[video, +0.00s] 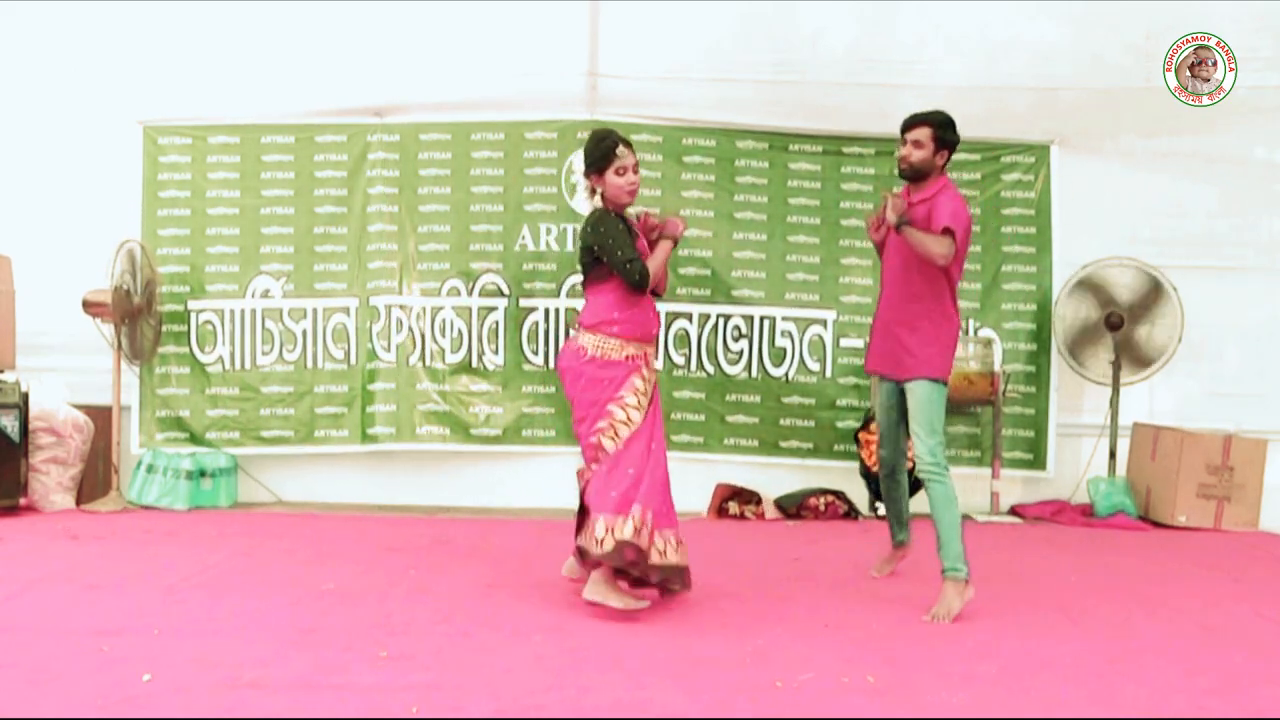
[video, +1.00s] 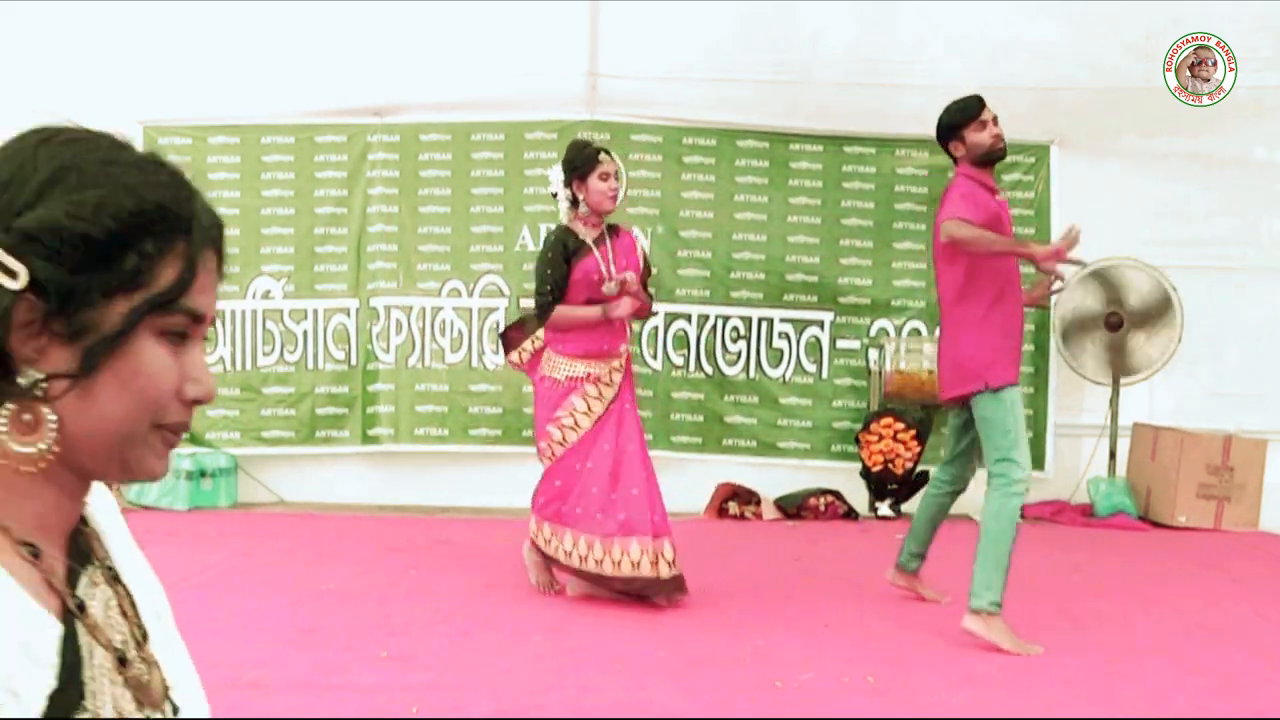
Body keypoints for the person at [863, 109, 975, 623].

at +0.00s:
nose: (906, 151)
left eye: (917, 145)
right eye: (904, 143)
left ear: (942, 154)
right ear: (902, 149)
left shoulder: (950, 201)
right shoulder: (900, 201)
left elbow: (944, 254)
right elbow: (895, 269)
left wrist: (901, 223)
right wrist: (882, 232)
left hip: (926, 347)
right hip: (886, 343)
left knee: (928, 459)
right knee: (888, 454)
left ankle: (955, 575)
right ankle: (899, 539)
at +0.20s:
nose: (907, 177)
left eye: (918, 172)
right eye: (904, 168)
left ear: (937, 181)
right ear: (897, 171)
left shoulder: (939, 226)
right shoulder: (896, 221)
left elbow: (961, 261)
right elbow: (895, 268)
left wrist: (918, 234)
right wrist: (858, 278)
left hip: (928, 357)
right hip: (895, 357)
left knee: (937, 460)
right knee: (886, 467)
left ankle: (953, 571)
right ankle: (906, 557)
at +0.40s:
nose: (917, 166)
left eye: (929, 161)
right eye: (914, 157)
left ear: (947, 172)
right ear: (906, 160)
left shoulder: (954, 215)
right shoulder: (901, 206)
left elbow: (993, 266)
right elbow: (894, 255)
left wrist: (971, 231)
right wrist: (852, 250)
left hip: (944, 351)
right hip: (903, 351)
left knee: (935, 453)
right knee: (911, 463)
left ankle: (976, 564)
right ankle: (912, 556)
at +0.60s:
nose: (946, 170)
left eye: (956, 163)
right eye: (937, 162)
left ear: (968, 175)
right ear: (923, 173)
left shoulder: (987, 237)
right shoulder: (898, 235)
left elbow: (1004, 311)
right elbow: (880, 311)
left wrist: (968, 326)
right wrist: (923, 319)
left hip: (969, 377)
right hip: (914, 376)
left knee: (969, 487)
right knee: (896, 483)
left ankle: (952, 579)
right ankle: (904, 542)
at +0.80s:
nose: (973, 129)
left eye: (977, 121)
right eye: (961, 123)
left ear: (985, 129)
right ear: (939, 135)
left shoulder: (991, 191)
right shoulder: (929, 182)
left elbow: (1022, 257)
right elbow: (919, 240)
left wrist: (1014, 222)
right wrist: (973, 207)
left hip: (981, 338)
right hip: (938, 332)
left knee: (974, 458)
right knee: (955, 445)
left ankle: (928, 562)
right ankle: (910, 536)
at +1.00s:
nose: (996, 130)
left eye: (995, 121)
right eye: (984, 126)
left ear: (994, 134)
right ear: (958, 144)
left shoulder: (983, 197)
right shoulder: (968, 189)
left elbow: (980, 292)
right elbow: (953, 232)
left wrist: (1032, 295)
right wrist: (1033, 250)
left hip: (977, 355)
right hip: (984, 358)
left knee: (952, 474)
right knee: (1011, 475)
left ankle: (906, 567)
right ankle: (985, 610)